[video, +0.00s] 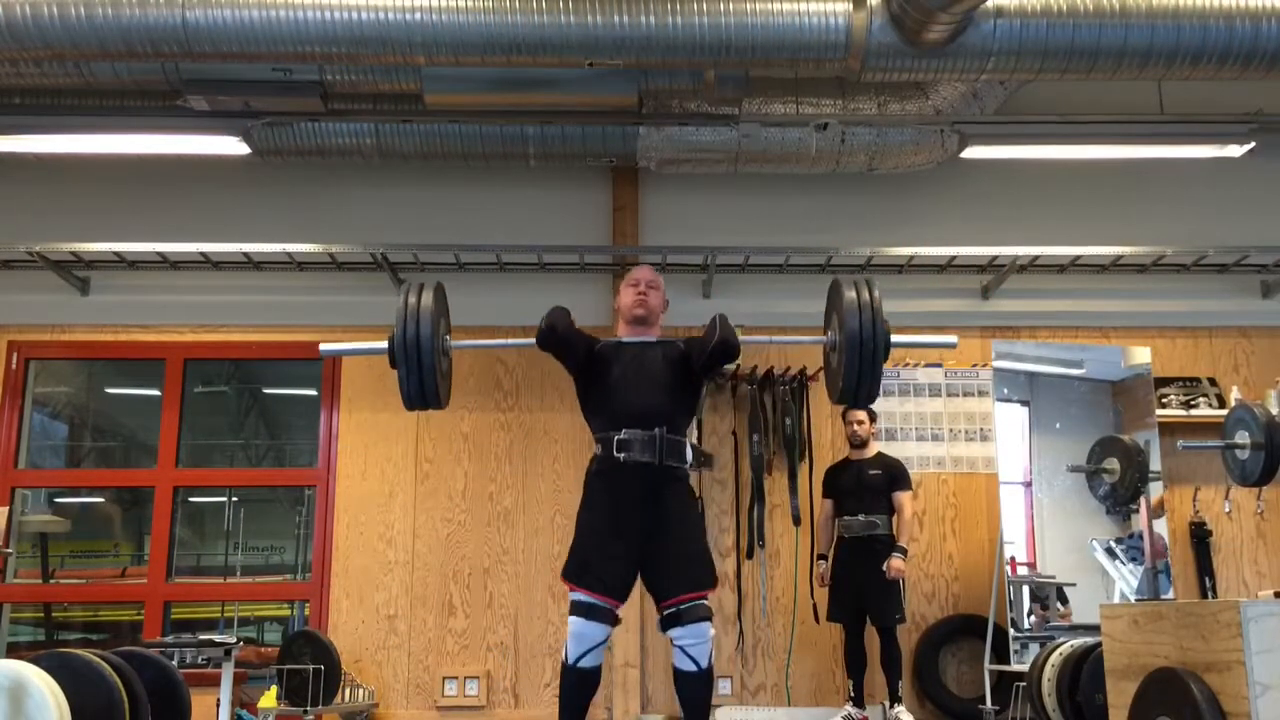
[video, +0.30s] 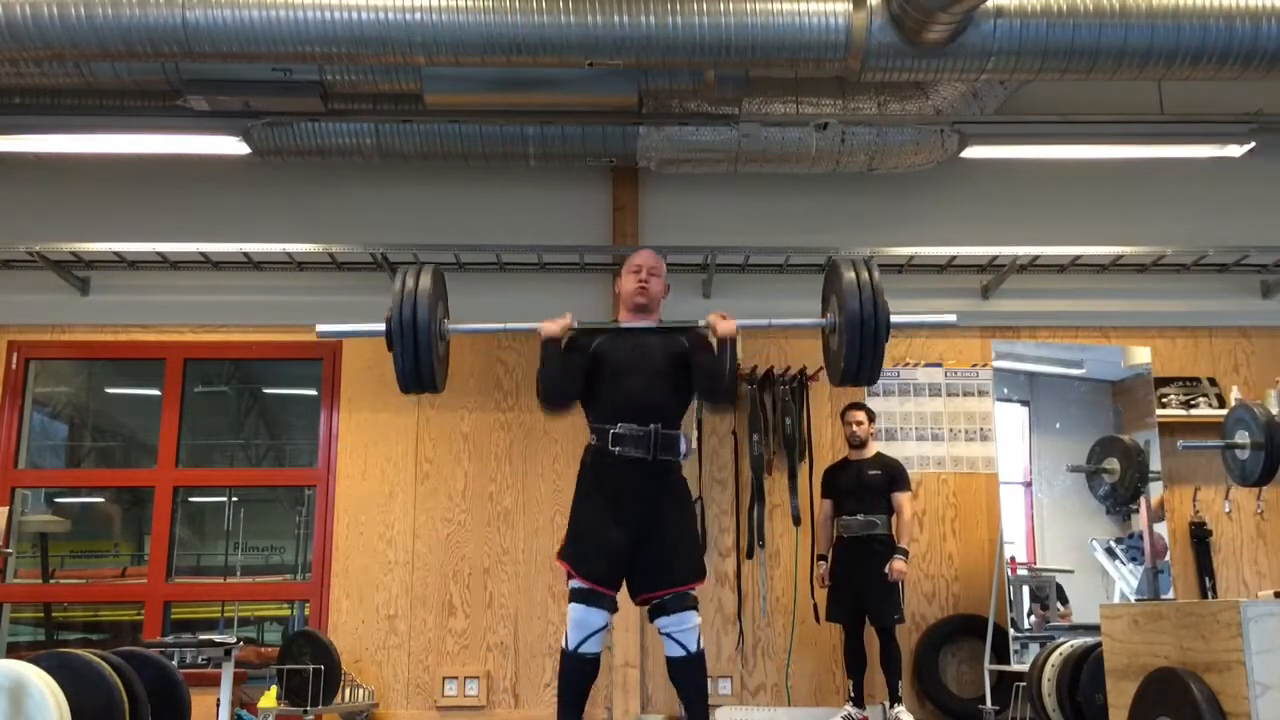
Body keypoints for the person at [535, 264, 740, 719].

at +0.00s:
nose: (642, 290)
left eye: (652, 286)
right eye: (633, 284)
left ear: (664, 306)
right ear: (616, 302)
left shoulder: (683, 354)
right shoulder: (594, 353)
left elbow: (722, 350)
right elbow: (558, 337)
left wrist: (720, 331)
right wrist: (557, 318)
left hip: (673, 501)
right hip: (609, 499)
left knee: (694, 633)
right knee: (587, 631)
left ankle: (697, 718)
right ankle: (570, 718)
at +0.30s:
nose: (644, 278)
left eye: (654, 273)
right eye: (635, 271)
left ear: (665, 291)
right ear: (617, 285)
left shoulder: (684, 342)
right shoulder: (590, 342)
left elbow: (720, 396)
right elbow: (555, 398)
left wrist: (724, 343)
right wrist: (551, 345)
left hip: (664, 486)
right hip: (603, 485)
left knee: (679, 619)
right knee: (586, 616)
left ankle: (698, 717)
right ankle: (569, 717)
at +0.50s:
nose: (639, 321)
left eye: (649, 312)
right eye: (631, 310)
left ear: (663, 311)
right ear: (615, 306)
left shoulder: (684, 361)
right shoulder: (586, 359)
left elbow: (730, 428)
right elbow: (548, 433)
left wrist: (728, 407)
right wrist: (550, 411)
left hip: (661, 502)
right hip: (600, 500)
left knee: (686, 626)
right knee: (583, 622)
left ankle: (698, 716)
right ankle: (568, 717)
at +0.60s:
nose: (640, 335)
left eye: (650, 326)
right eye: (632, 324)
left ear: (665, 323)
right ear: (617, 321)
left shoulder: (688, 376)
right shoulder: (591, 375)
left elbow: (723, 435)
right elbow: (565, 437)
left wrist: (726, 465)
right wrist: (555, 468)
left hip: (667, 517)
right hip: (606, 516)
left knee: (687, 637)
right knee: (589, 627)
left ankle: (691, 718)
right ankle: (571, 718)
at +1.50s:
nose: (610, 352)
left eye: (619, 344)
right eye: (604, 343)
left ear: (633, 345)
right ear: (591, 341)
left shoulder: (652, 390)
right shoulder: (569, 390)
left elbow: (671, 456)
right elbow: (542, 448)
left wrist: (652, 497)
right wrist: (547, 484)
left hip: (641, 517)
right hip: (590, 518)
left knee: (655, 625)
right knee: (593, 628)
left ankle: (669, 712)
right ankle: (594, 714)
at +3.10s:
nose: (576, 354)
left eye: (580, 344)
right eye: (565, 347)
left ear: (591, 336)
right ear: (548, 344)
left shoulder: (620, 380)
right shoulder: (526, 386)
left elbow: (648, 442)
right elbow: (498, 447)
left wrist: (665, 501)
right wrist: (475, 505)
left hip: (610, 511)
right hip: (555, 512)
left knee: (642, 613)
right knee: (552, 622)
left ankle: (630, 714)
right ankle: (543, 718)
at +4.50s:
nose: (583, 401)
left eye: (593, 393)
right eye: (576, 391)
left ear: (611, 376)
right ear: (562, 365)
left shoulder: (640, 404)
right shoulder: (532, 398)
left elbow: (677, 473)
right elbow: (501, 466)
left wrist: (683, 545)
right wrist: (484, 540)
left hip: (617, 518)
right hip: (553, 515)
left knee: (640, 629)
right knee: (530, 624)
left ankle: (648, 716)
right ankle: (521, 716)